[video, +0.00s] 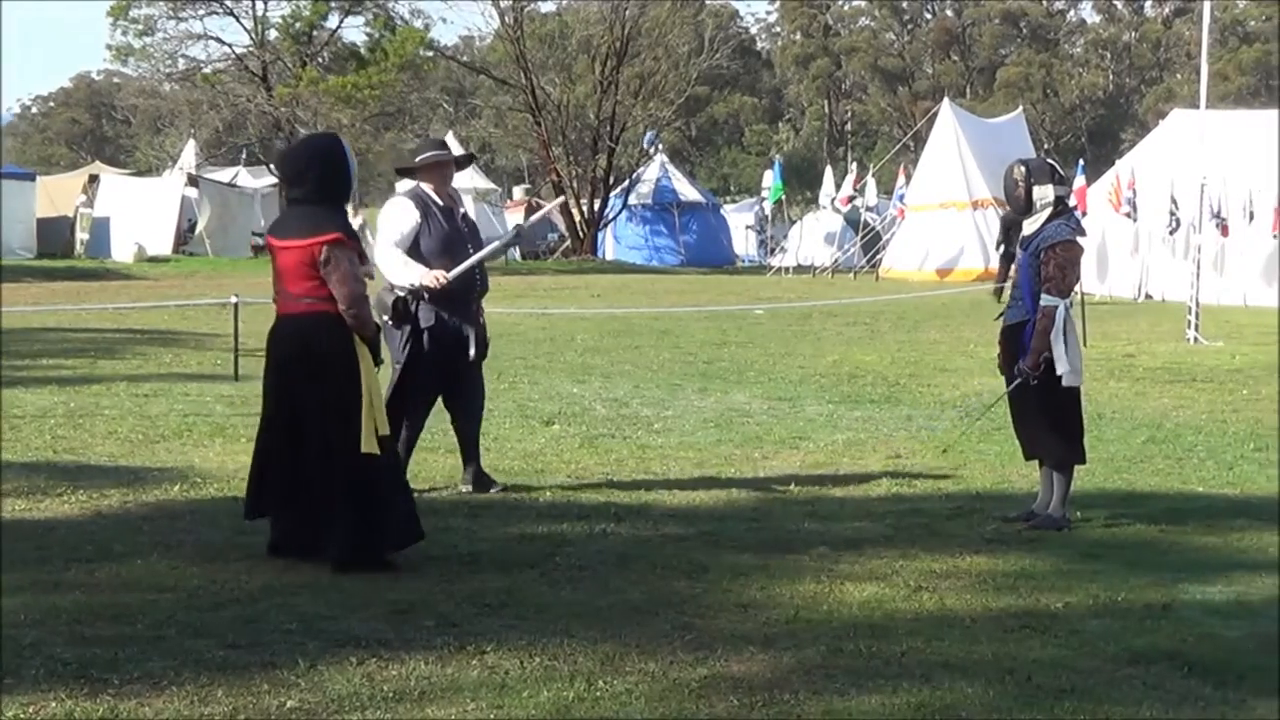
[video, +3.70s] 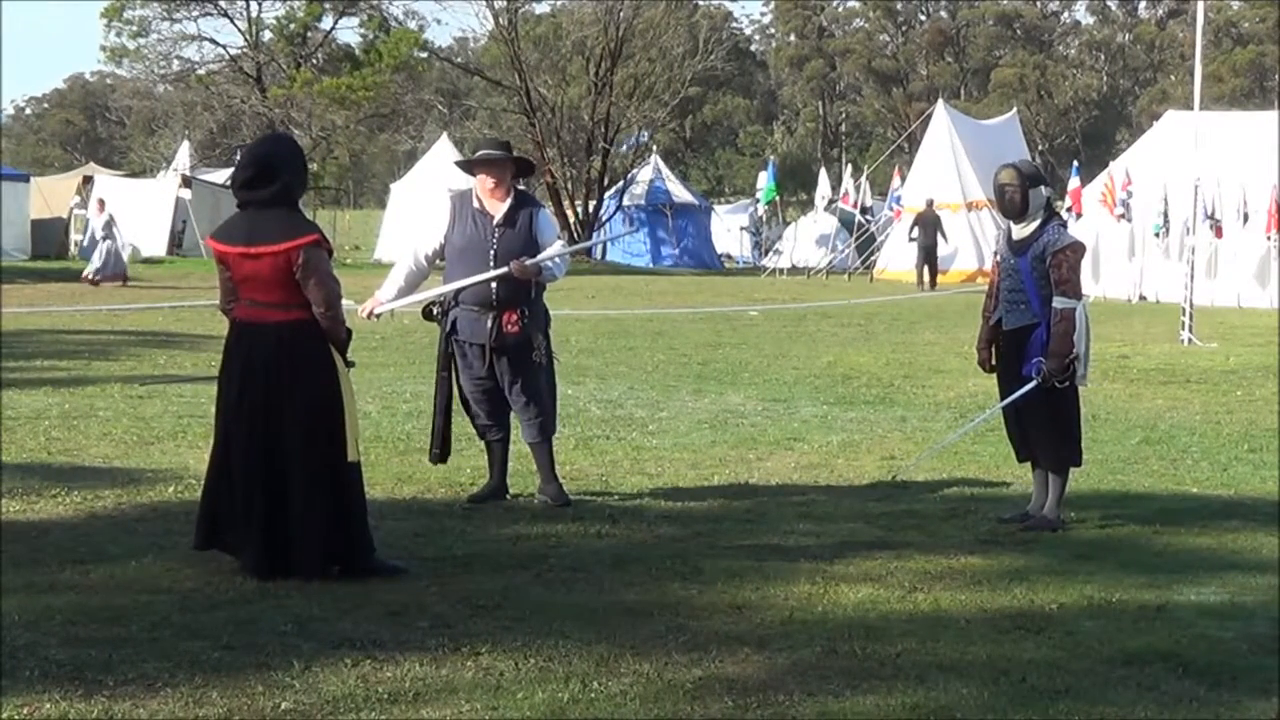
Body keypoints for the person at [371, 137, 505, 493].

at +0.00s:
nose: (447, 171)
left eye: (449, 164)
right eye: (440, 165)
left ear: (453, 167)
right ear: (423, 169)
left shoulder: (458, 205)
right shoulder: (403, 206)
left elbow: (473, 257)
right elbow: (385, 252)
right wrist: (422, 274)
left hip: (463, 316)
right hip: (424, 316)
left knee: (469, 399)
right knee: (412, 403)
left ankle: (473, 470)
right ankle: (392, 478)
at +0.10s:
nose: (451, 170)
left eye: (453, 163)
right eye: (443, 164)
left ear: (459, 166)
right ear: (426, 169)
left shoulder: (467, 206)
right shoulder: (408, 205)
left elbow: (497, 249)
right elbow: (386, 252)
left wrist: (520, 225)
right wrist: (418, 275)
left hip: (472, 314)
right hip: (430, 314)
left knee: (471, 399)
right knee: (419, 401)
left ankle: (470, 472)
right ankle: (390, 472)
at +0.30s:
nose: (454, 173)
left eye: (459, 166)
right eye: (446, 167)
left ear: (468, 168)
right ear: (433, 171)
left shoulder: (477, 207)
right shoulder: (415, 205)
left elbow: (492, 257)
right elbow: (382, 248)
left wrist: (520, 245)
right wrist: (396, 277)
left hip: (475, 312)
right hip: (433, 311)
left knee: (470, 394)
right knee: (438, 390)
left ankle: (462, 472)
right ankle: (415, 463)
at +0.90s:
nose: (457, 175)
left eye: (464, 167)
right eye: (450, 170)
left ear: (477, 168)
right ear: (440, 173)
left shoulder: (493, 203)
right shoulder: (425, 208)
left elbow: (511, 239)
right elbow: (391, 251)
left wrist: (529, 255)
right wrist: (380, 288)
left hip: (493, 315)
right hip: (449, 316)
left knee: (496, 393)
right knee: (465, 398)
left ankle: (471, 462)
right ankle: (467, 481)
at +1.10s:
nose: (473, 178)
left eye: (478, 171)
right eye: (464, 173)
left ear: (488, 170)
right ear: (451, 178)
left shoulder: (500, 204)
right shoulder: (434, 209)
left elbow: (516, 243)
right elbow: (399, 251)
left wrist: (542, 260)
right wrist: (397, 282)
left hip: (503, 317)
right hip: (458, 321)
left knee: (514, 395)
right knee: (467, 403)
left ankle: (503, 461)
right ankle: (472, 482)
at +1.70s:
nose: (509, 177)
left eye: (516, 169)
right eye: (501, 171)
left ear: (527, 171)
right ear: (488, 175)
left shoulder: (543, 212)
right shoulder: (466, 209)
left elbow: (568, 258)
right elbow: (434, 253)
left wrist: (582, 265)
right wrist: (422, 286)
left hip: (531, 323)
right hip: (480, 324)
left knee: (539, 405)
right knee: (480, 408)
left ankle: (555, 484)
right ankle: (474, 484)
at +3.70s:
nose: (492, 177)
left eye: (500, 169)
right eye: (485, 170)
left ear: (513, 172)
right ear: (473, 175)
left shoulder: (533, 212)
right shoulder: (454, 209)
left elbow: (559, 258)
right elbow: (420, 256)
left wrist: (537, 268)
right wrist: (385, 295)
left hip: (520, 325)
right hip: (468, 324)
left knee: (531, 403)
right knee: (484, 407)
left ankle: (549, 481)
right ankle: (496, 482)